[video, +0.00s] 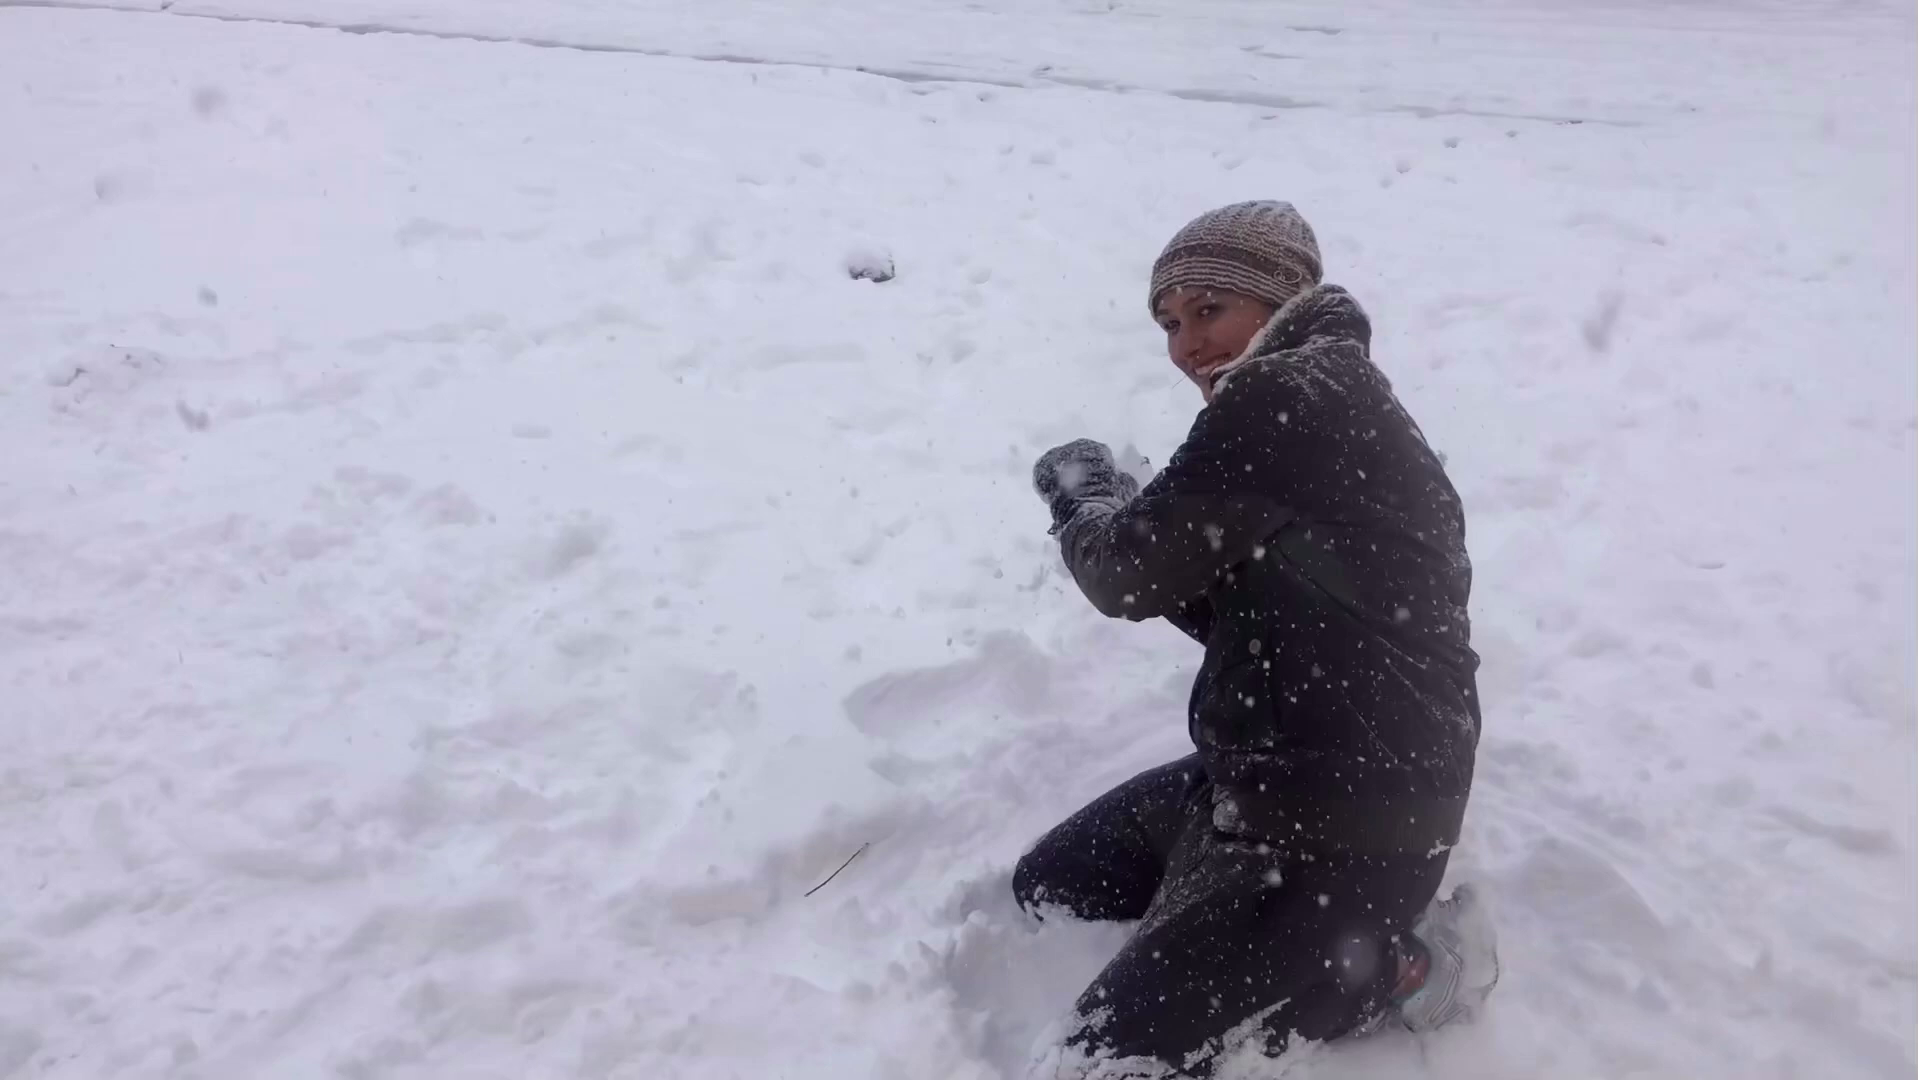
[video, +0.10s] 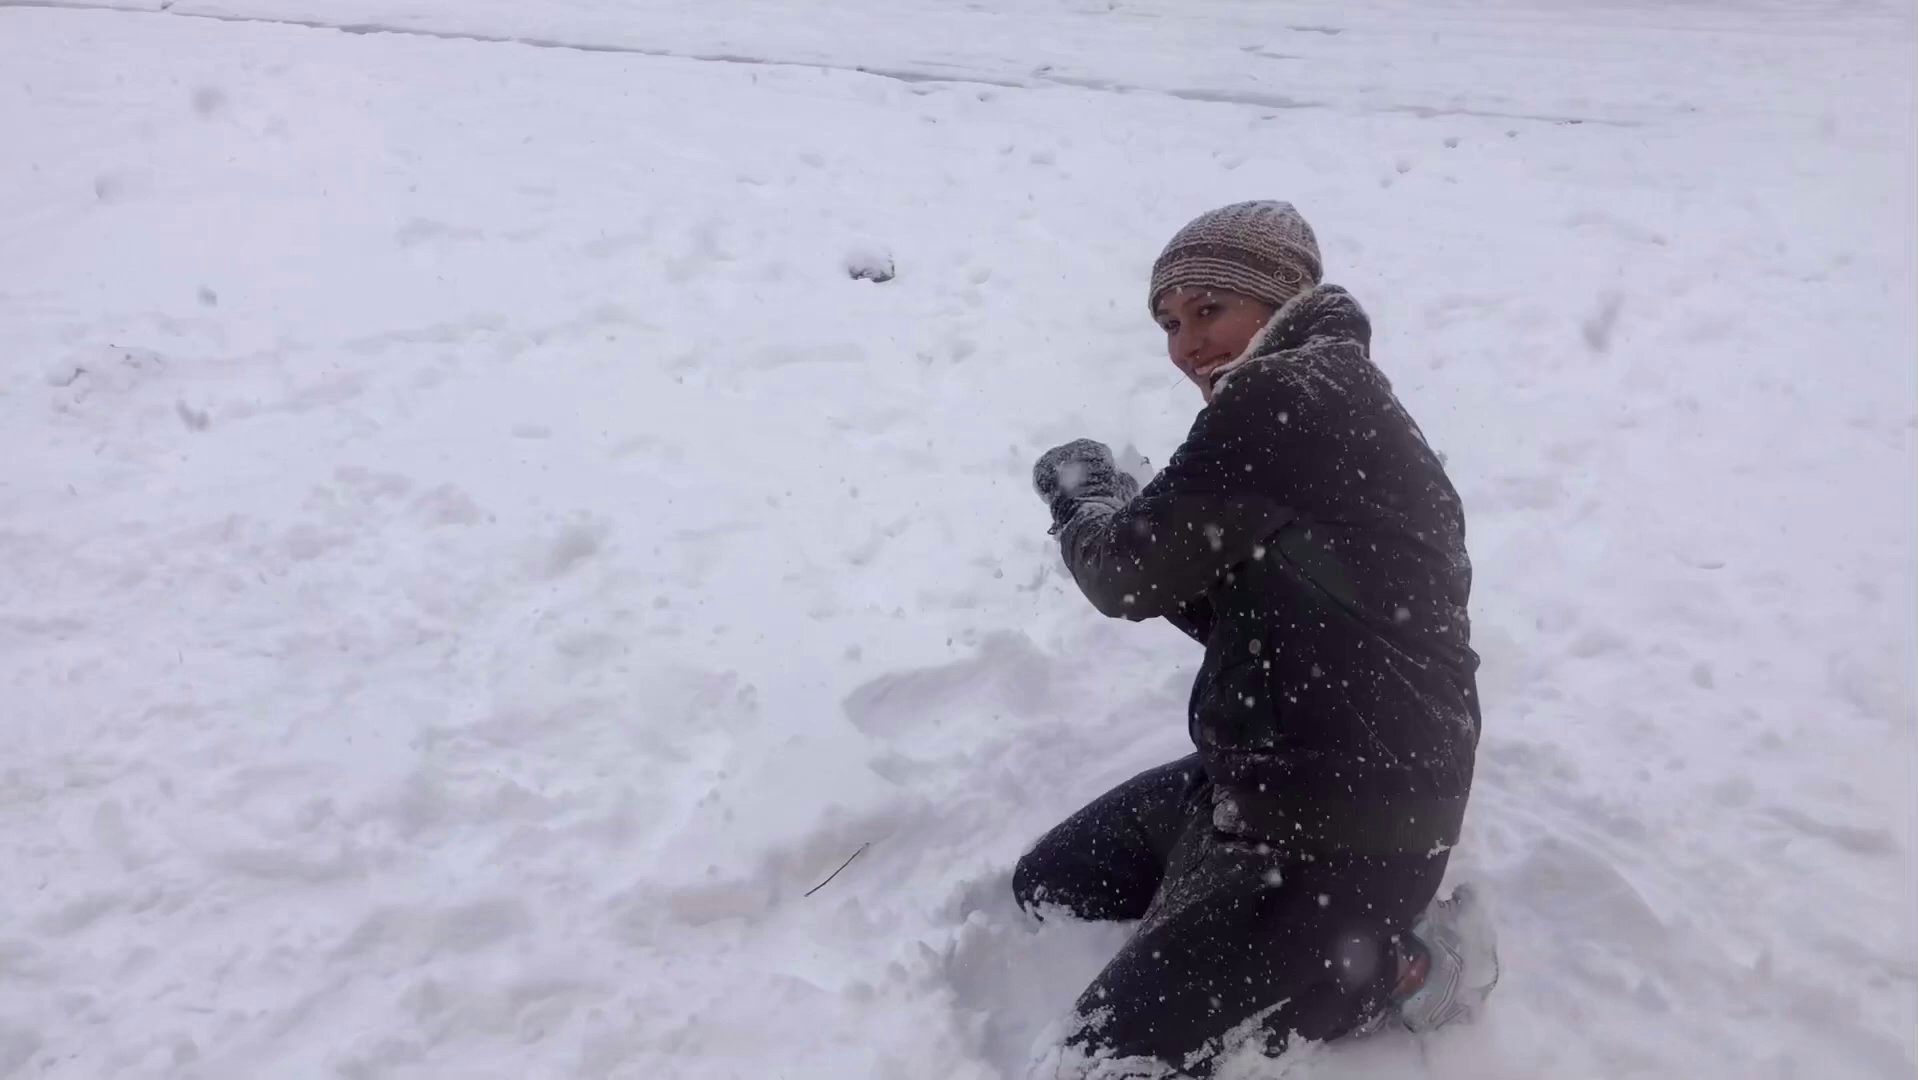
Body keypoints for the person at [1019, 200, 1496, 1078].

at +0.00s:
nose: (1186, 346)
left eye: (1209, 311)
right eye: (1172, 324)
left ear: (1282, 301)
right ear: (1159, 331)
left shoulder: (1278, 403)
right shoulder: (1366, 414)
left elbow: (1123, 575)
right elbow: (1255, 622)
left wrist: (1086, 500)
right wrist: (1153, 545)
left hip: (1329, 838)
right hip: (1259, 780)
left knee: (1101, 1055)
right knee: (1054, 883)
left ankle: (1403, 970)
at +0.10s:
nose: (1186, 346)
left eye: (1209, 311)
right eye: (1172, 324)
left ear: (1282, 301)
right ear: (1159, 331)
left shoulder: (1278, 403)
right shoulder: (1366, 415)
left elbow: (1123, 575)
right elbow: (1255, 622)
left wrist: (1086, 500)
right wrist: (1153, 545)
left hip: (1330, 838)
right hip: (1259, 780)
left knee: (1101, 1055)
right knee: (1054, 883)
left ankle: (1403, 969)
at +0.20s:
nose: (1220, 338)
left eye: (1242, 305)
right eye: (1203, 319)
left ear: (1313, 296)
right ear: (1190, 327)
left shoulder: (1308, 398)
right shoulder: (1365, 390)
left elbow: (1148, 587)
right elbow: (1285, 587)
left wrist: (1074, 511)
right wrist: (1177, 492)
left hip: (1341, 852)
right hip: (1248, 784)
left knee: (1112, 1062)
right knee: (1052, 889)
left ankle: (1411, 973)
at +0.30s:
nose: (1240, 337)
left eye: (1266, 304)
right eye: (1226, 314)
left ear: (1344, 297)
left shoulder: (1349, 394)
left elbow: (1236, 611)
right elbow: (1253, 612)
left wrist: (1079, 613)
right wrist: (1190, 483)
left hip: (1347, 854)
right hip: (1257, 788)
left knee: (1113, 1059)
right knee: (1050, 891)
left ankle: (1413, 967)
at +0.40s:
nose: (1269, 331)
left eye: (1300, 301)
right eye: (1253, 305)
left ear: (1376, 304)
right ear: (1238, 314)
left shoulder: (1419, 408)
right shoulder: (1308, 456)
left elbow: (1428, 641)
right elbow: (1146, 565)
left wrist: (1186, 706)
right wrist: (1155, 422)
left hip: (1376, 854)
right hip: (1261, 793)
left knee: (1124, 1056)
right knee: (1048, 891)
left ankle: (1419, 965)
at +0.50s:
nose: (1291, 331)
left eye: (1322, 299)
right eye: (1274, 304)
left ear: (1399, 302)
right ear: (1258, 312)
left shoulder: (1495, 426)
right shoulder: (1277, 470)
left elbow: (1622, 627)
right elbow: (1100, 524)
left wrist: (1448, 760)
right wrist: (1059, 365)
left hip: (1408, 861)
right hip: (1256, 795)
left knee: (1136, 1044)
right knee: (1046, 893)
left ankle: (1425, 970)